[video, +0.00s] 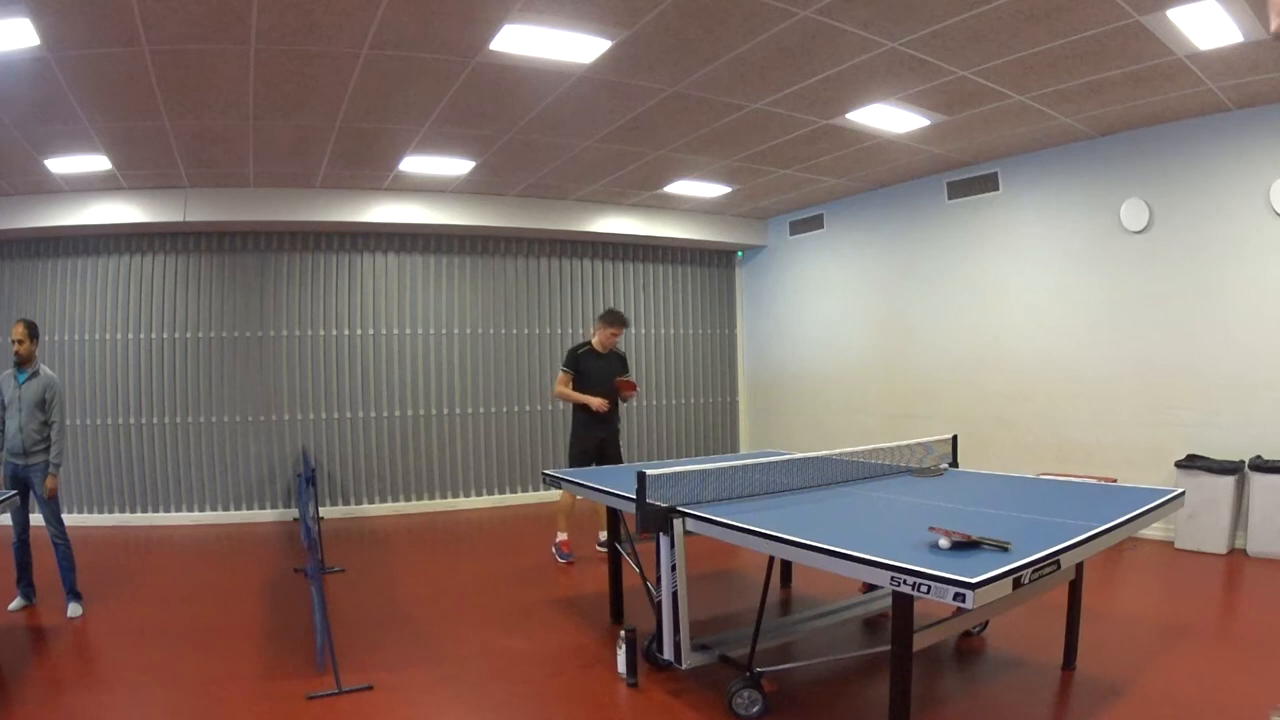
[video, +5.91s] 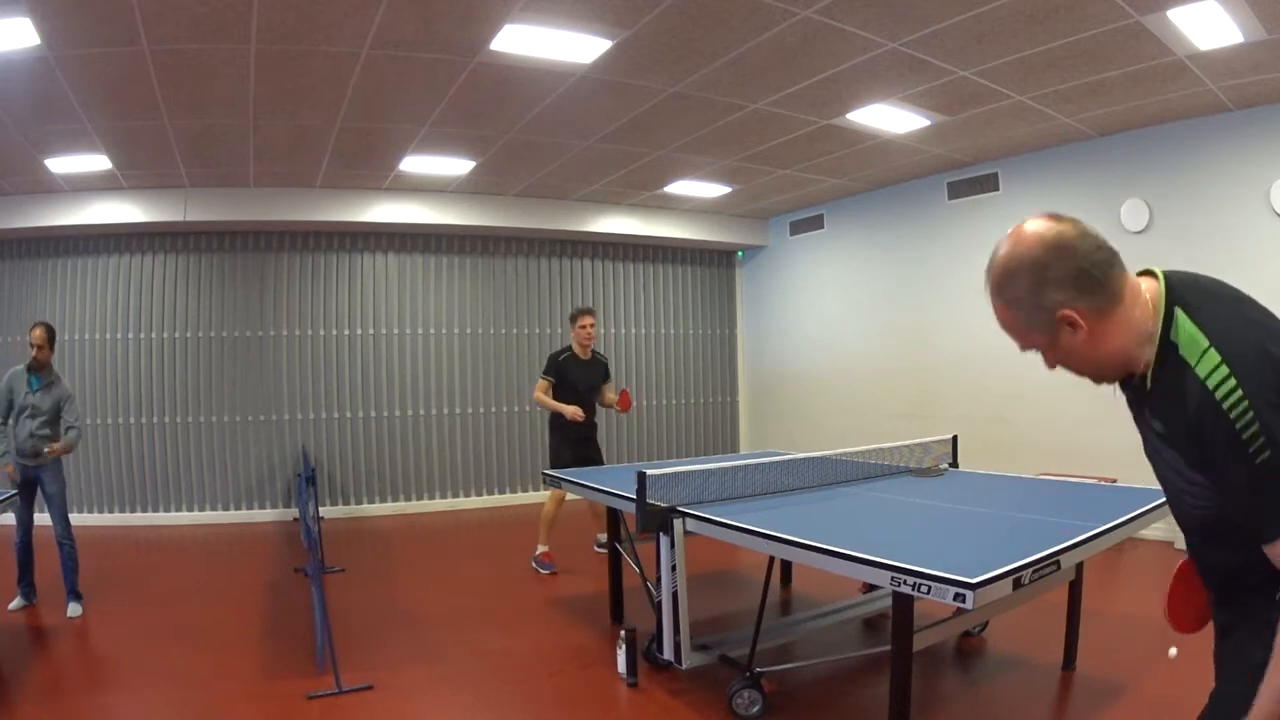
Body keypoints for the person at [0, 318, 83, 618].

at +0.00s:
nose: (15, 347)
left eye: (21, 342)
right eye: (13, 342)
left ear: (35, 344)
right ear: (11, 344)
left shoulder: (49, 381)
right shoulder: (6, 380)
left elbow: (57, 429)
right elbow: (3, 422)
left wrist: (53, 472)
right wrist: (3, 464)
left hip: (40, 466)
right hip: (11, 465)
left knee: (57, 533)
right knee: (19, 534)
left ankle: (73, 596)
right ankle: (26, 593)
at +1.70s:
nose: (22, 355)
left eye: (27, 349)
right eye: (18, 349)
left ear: (39, 346)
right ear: (13, 347)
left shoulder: (54, 381)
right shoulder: (5, 380)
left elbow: (70, 421)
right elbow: (2, 420)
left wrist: (55, 447)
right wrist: (2, 455)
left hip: (45, 461)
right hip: (15, 462)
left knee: (60, 530)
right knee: (22, 532)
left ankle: (73, 596)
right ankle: (25, 593)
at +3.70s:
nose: (17, 343)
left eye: (23, 338)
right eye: (15, 338)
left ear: (38, 343)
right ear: (15, 343)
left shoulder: (50, 381)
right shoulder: (7, 379)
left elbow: (59, 427)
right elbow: (4, 419)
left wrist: (32, 443)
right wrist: (6, 446)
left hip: (39, 464)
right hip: (11, 464)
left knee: (55, 531)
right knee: (20, 532)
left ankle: (73, 596)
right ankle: (26, 592)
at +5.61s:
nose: (35, 354)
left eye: (39, 349)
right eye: (30, 349)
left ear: (49, 347)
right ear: (24, 349)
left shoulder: (58, 387)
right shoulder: (10, 380)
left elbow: (68, 428)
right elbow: (4, 426)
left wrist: (68, 460)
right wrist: (6, 466)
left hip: (50, 466)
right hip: (19, 466)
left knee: (62, 532)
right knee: (22, 533)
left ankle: (73, 596)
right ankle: (26, 593)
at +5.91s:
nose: (37, 352)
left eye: (42, 347)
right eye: (33, 346)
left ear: (52, 348)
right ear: (28, 346)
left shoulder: (60, 388)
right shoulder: (13, 378)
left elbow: (74, 428)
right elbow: (1, 420)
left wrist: (65, 445)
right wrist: (6, 458)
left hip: (49, 464)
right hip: (20, 465)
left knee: (62, 532)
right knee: (22, 533)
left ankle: (73, 597)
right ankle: (26, 593)